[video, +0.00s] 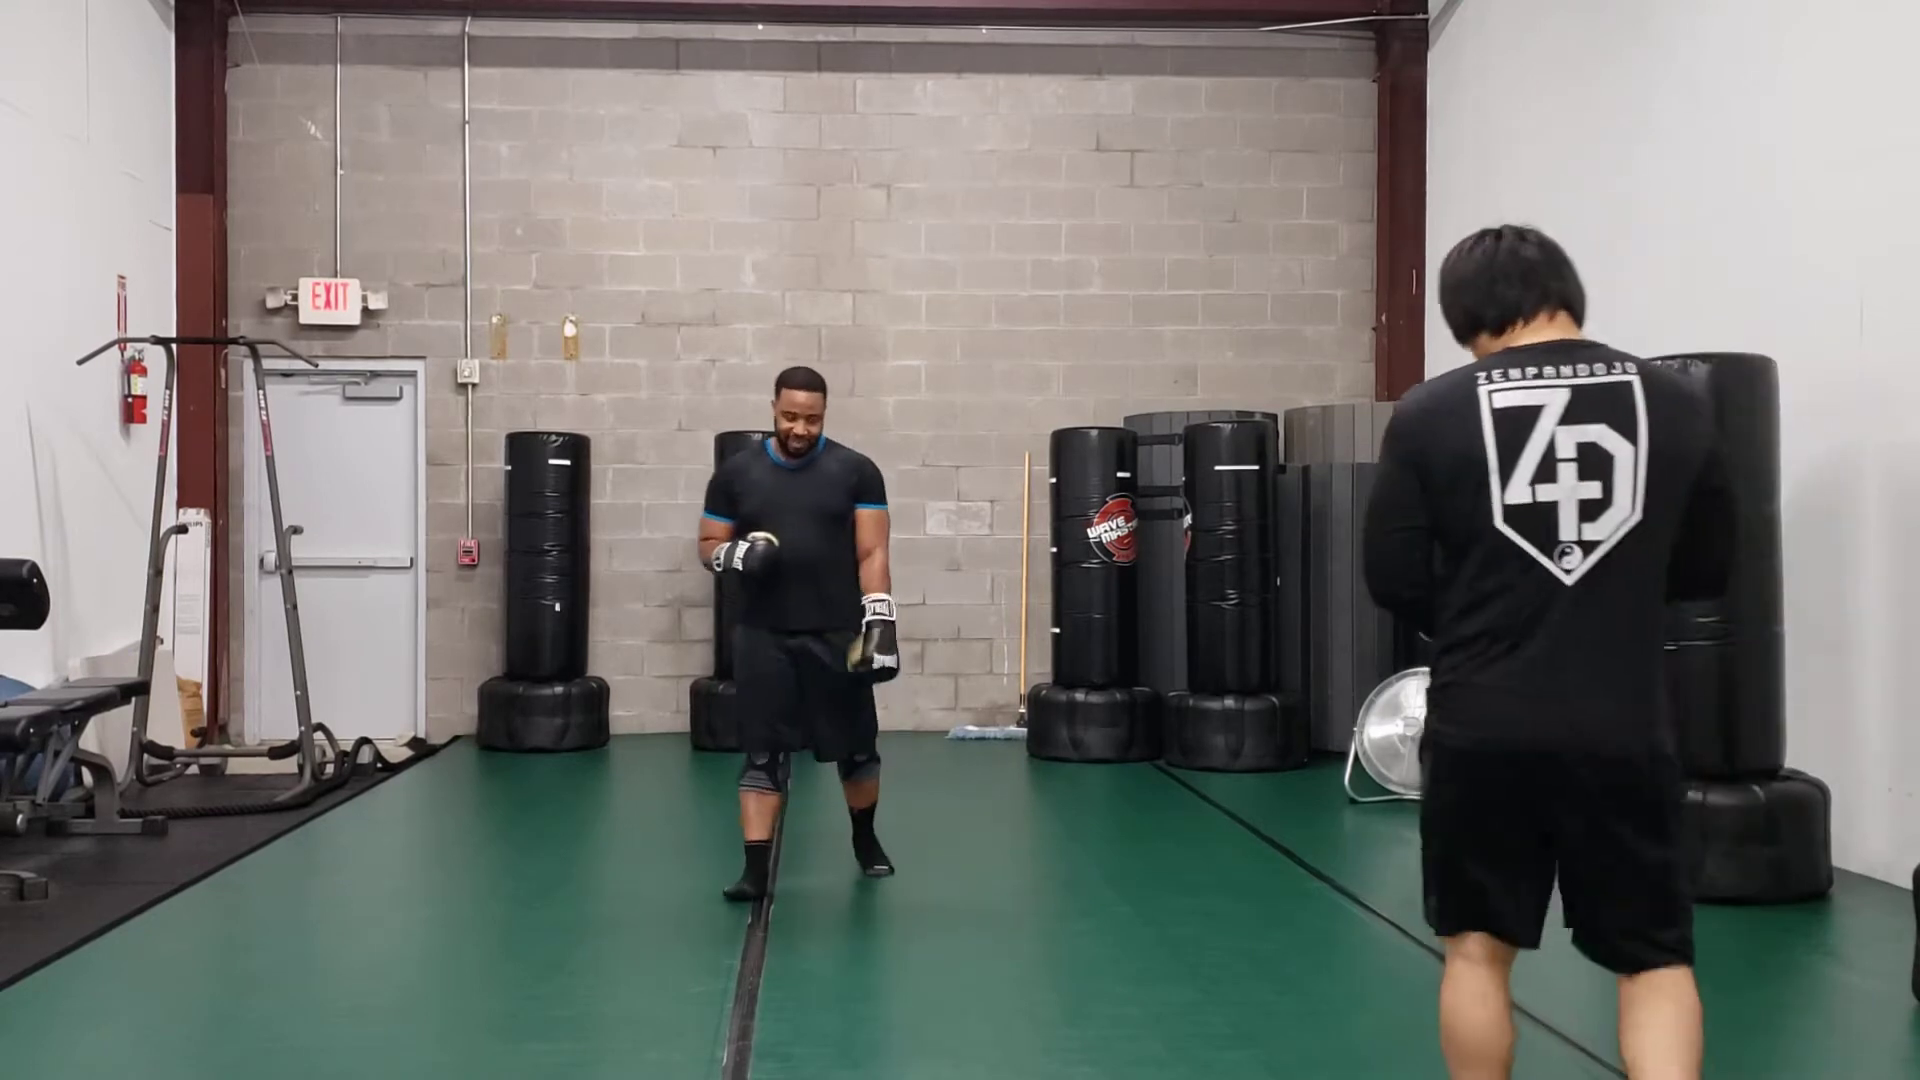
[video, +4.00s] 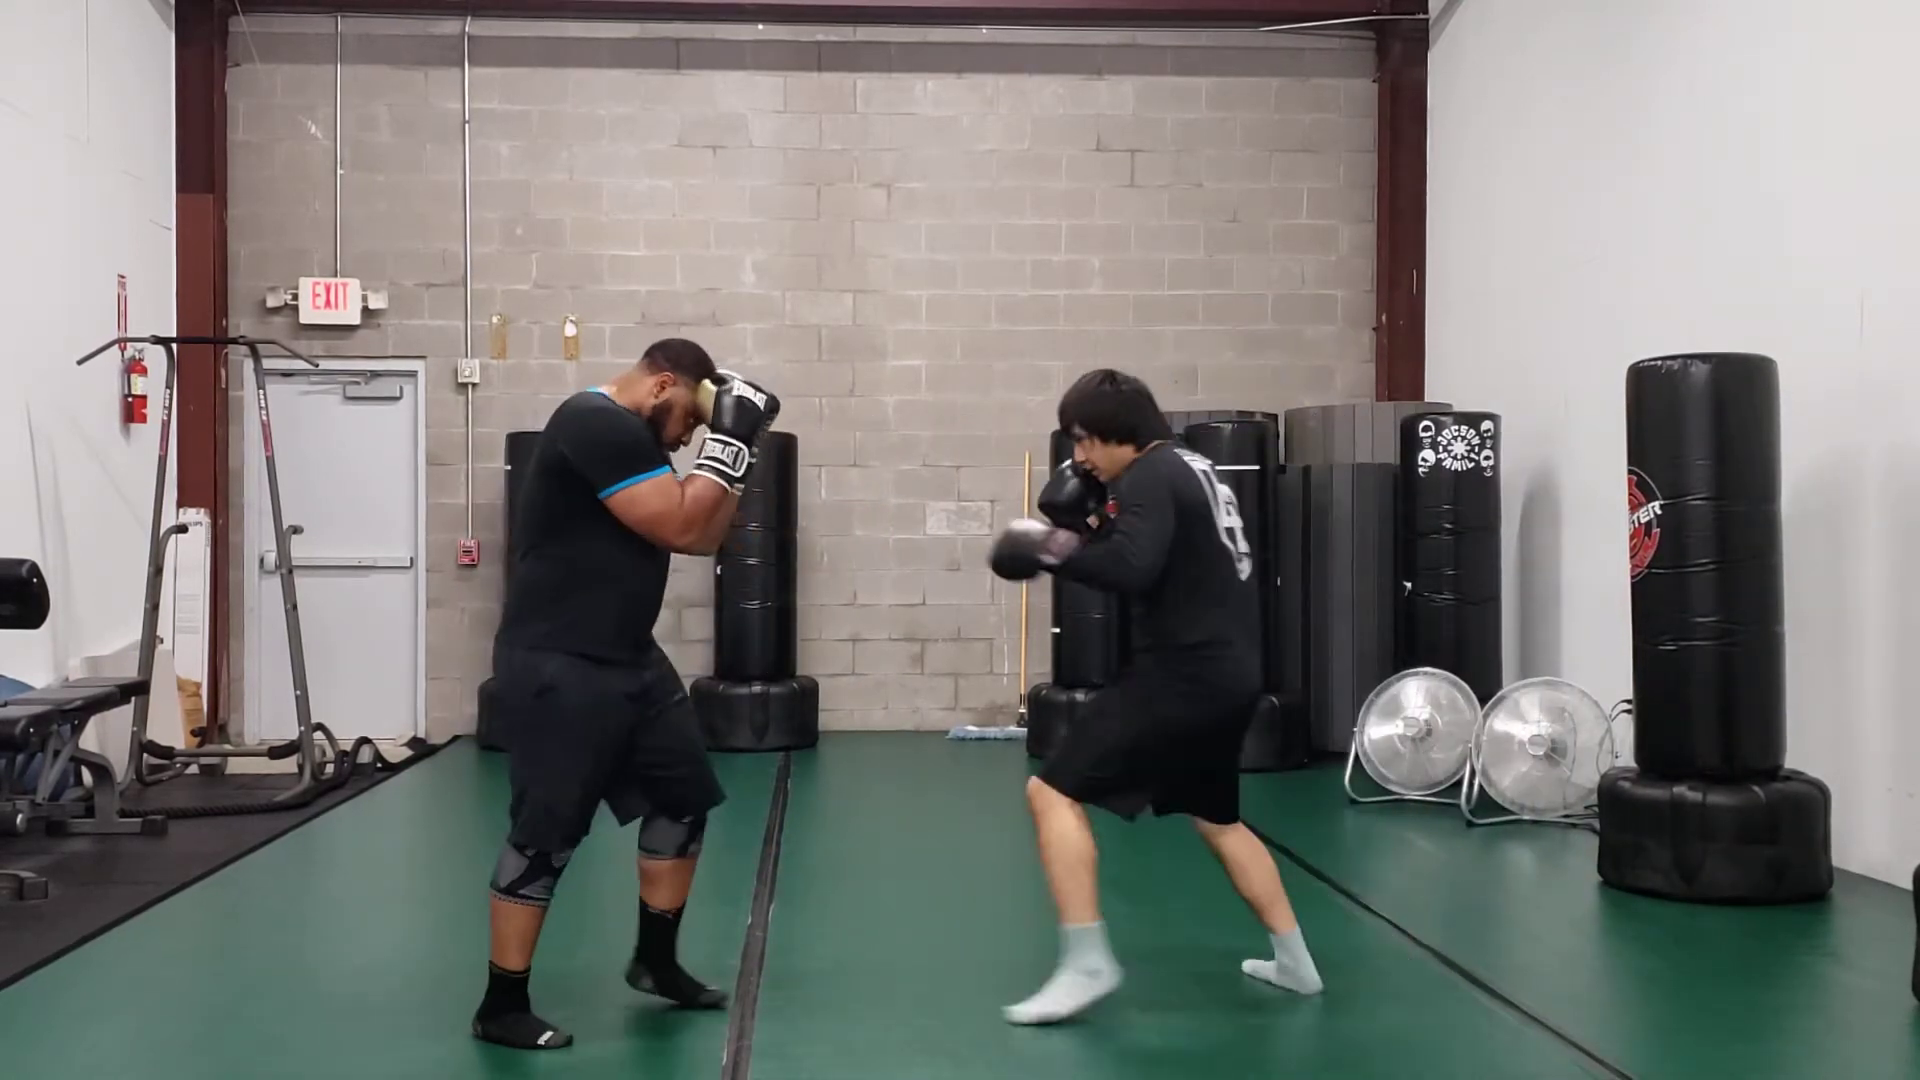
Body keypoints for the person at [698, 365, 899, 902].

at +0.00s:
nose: (800, 427)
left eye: (811, 418)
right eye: (791, 416)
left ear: (824, 416)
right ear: (774, 411)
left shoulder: (856, 473)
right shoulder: (738, 472)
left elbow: (872, 553)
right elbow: (710, 544)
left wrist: (880, 619)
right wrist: (733, 554)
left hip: (838, 636)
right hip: (764, 638)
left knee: (858, 751)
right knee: (761, 755)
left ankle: (865, 838)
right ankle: (756, 873)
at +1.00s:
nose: (736, 405)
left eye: (750, 396)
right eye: (728, 390)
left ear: (765, 399)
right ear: (708, 384)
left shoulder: (791, 466)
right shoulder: (660, 461)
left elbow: (813, 554)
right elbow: (626, 549)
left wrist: (814, 630)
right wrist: (587, 618)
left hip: (760, 649)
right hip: (673, 646)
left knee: (759, 780)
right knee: (648, 768)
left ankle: (748, 902)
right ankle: (666, 894)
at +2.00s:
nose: (676, 394)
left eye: (686, 384)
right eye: (666, 377)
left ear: (690, 387)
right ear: (627, 364)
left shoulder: (702, 465)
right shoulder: (544, 443)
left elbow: (721, 570)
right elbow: (515, 543)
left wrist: (743, 653)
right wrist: (489, 626)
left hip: (657, 664)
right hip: (559, 661)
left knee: (649, 817)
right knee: (556, 819)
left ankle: (635, 967)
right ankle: (592, 909)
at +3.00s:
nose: (660, 420)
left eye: (670, 408)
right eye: (654, 403)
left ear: (677, 398)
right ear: (617, 372)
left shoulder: (674, 444)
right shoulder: (521, 432)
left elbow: (778, 467)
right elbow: (489, 542)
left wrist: (860, 451)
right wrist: (523, 626)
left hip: (625, 666)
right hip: (531, 660)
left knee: (626, 824)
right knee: (505, 829)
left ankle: (631, 970)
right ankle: (485, 981)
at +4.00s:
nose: (683, 438)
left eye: (690, 428)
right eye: (685, 420)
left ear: (658, 385)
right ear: (661, 384)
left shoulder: (630, 443)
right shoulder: (591, 423)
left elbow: (704, 538)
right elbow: (682, 526)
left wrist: (733, 455)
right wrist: (730, 439)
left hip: (630, 663)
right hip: (559, 668)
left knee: (683, 800)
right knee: (542, 835)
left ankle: (656, 962)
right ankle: (504, 1006)